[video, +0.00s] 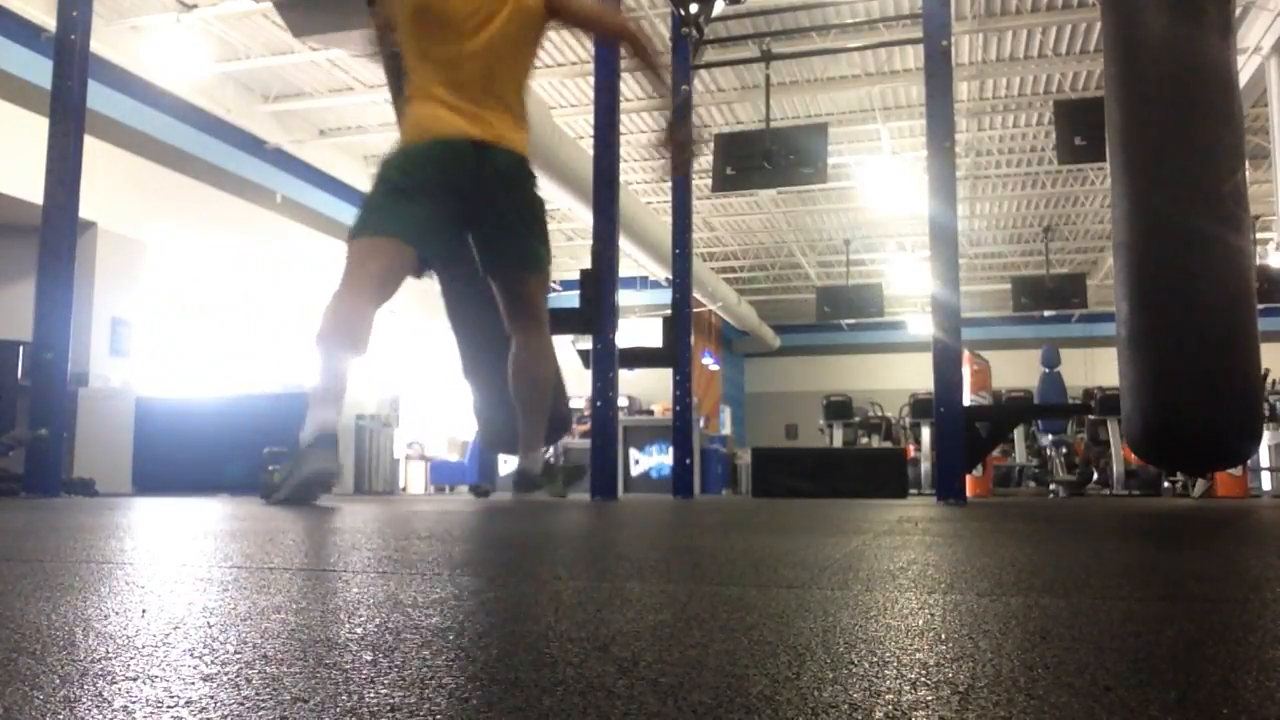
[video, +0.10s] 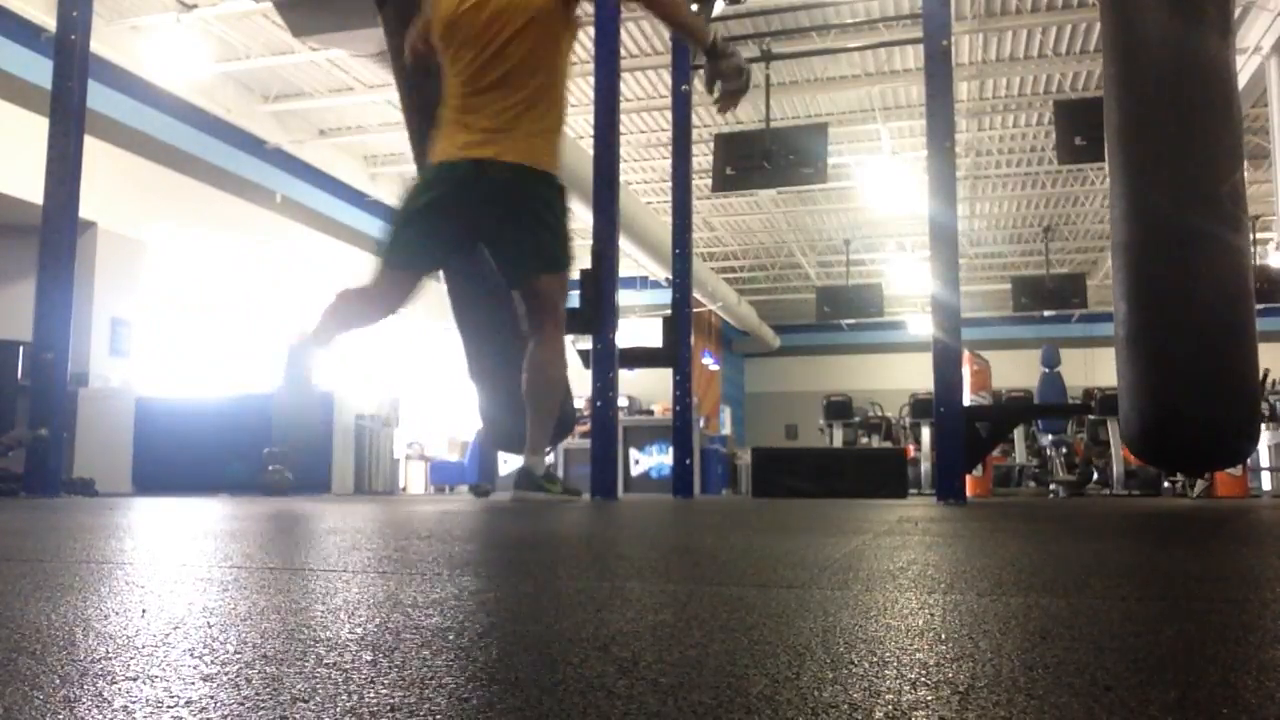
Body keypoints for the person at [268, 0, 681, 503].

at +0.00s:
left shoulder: (402, 7)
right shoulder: (536, 5)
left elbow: (388, 50)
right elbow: (627, 30)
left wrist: (409, 120)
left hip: (423, 156)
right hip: (504, 164)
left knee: (359, 288)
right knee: (530, 320)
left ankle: (319, 443)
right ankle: (530, 470)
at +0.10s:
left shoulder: (445, 6)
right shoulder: (557, 4)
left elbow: (412, 54)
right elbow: (649, 3)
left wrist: (428, 144)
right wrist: (711, 45)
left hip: (447, 173)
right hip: (527, 177)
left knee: (383, 295)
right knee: (547, 322)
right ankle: (537, 462)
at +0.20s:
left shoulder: (464, 14)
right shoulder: (562, 5)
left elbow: (415, 100)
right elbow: (660, 6)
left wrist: (405, 130)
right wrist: (719, 56)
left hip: (487, 174)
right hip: (552, 179)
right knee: (576, 329)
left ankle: (357, 293)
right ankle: (540, 464)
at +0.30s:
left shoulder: (456, 25)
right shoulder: (567, 6)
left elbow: (431, 125)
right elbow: (668, 41)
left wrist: (399, 203)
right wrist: (698, 88)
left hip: (499, 181)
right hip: (567, 186)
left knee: (505, 225)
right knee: (591, 330)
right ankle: (546, 459)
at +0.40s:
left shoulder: (468, 6)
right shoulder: (600, 2)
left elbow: (441, 102)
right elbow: (664, 60)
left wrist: (419, 180)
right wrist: (649, 113)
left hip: (501, 162)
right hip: (575, 163)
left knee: (466, 244)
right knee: (573, 321)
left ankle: (447, 315)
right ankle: (548, 455)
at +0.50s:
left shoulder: (474, 2)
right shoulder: (602, 1)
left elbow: (429, 75)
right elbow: (646, 60)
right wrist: (591, 90)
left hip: (498, 145)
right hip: (573, 147)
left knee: (437, 256)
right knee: (572, 310)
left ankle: (424, 374)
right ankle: (563, 448)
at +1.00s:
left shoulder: (481, 2)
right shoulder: (605, 2)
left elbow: (435, 71)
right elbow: (657, 64)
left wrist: (441, 72)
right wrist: (610, 81)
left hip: (485, 142)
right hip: (563, 144)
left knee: (433, 273)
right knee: (567, 314)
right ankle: (554, 459)